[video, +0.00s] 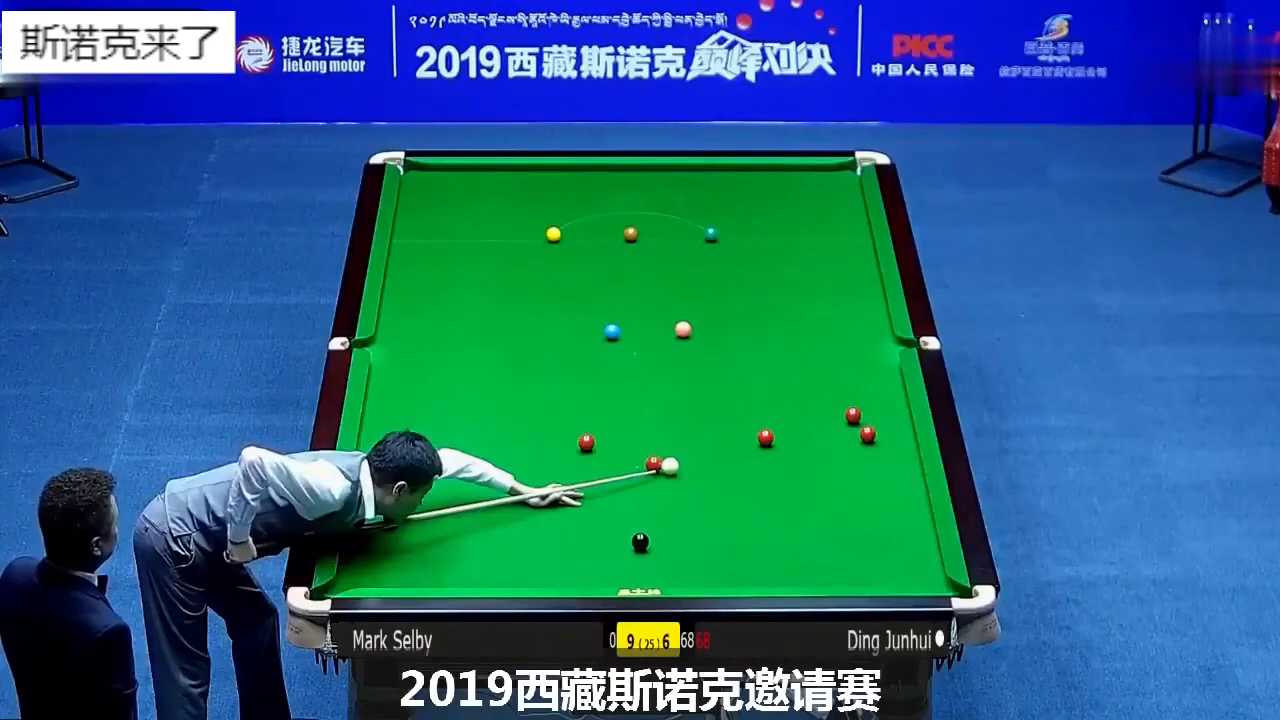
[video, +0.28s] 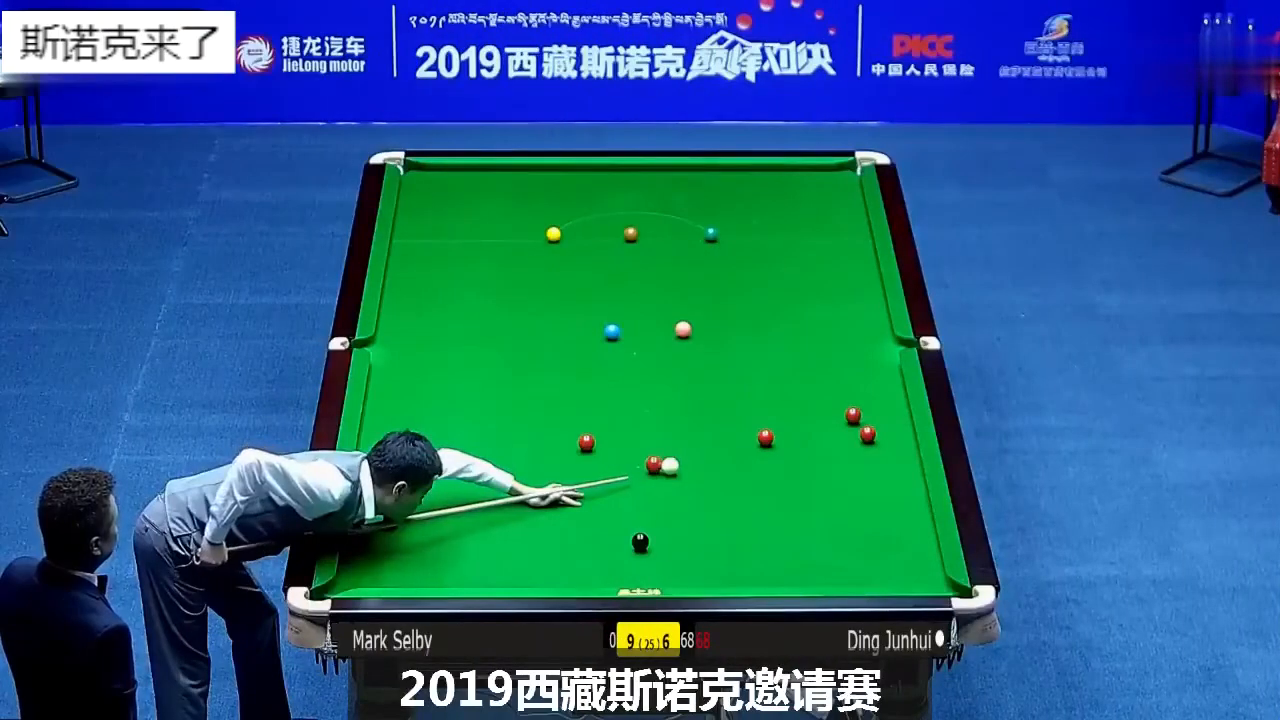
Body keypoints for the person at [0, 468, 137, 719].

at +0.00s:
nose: (117, 527)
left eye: (114, 520)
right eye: (114, 523)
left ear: (49, 530)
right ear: (97, 545)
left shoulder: (15, 576)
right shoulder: (108, 632)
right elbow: (126, 710)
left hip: (30, 711)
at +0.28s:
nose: (117, 527)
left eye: (114, 520)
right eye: (114, 523)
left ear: (50, 530)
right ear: (96, 545)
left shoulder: (16, 576)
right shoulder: (108, 632)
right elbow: (125, 711)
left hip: (29, 712)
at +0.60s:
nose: (116, 527)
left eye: (113, 520)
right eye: (113, 523)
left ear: (49, 531)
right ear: (95, 545)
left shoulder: (15, 575)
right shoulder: (107, 632)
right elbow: (125, 711)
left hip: (29, 711)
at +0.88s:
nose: (116, 527)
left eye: (113, 520)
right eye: (112, 522)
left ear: (49, 531)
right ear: (95, 545)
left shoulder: (15, 576)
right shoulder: (107, 632)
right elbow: (125, 711)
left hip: (29, 711)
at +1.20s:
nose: (116, 526)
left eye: (113, 520)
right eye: (113, 522)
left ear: (49, 531)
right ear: (95, 545)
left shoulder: (15, 575)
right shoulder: (108, 631)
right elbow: (126, 710)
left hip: (30, 711)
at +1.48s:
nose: (117, 526)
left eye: (114, 519)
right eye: (113, 522)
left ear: (51, 530)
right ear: (97, 545)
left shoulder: (16, 575)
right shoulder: (109, 630)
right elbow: (127, 709)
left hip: (30, 711)